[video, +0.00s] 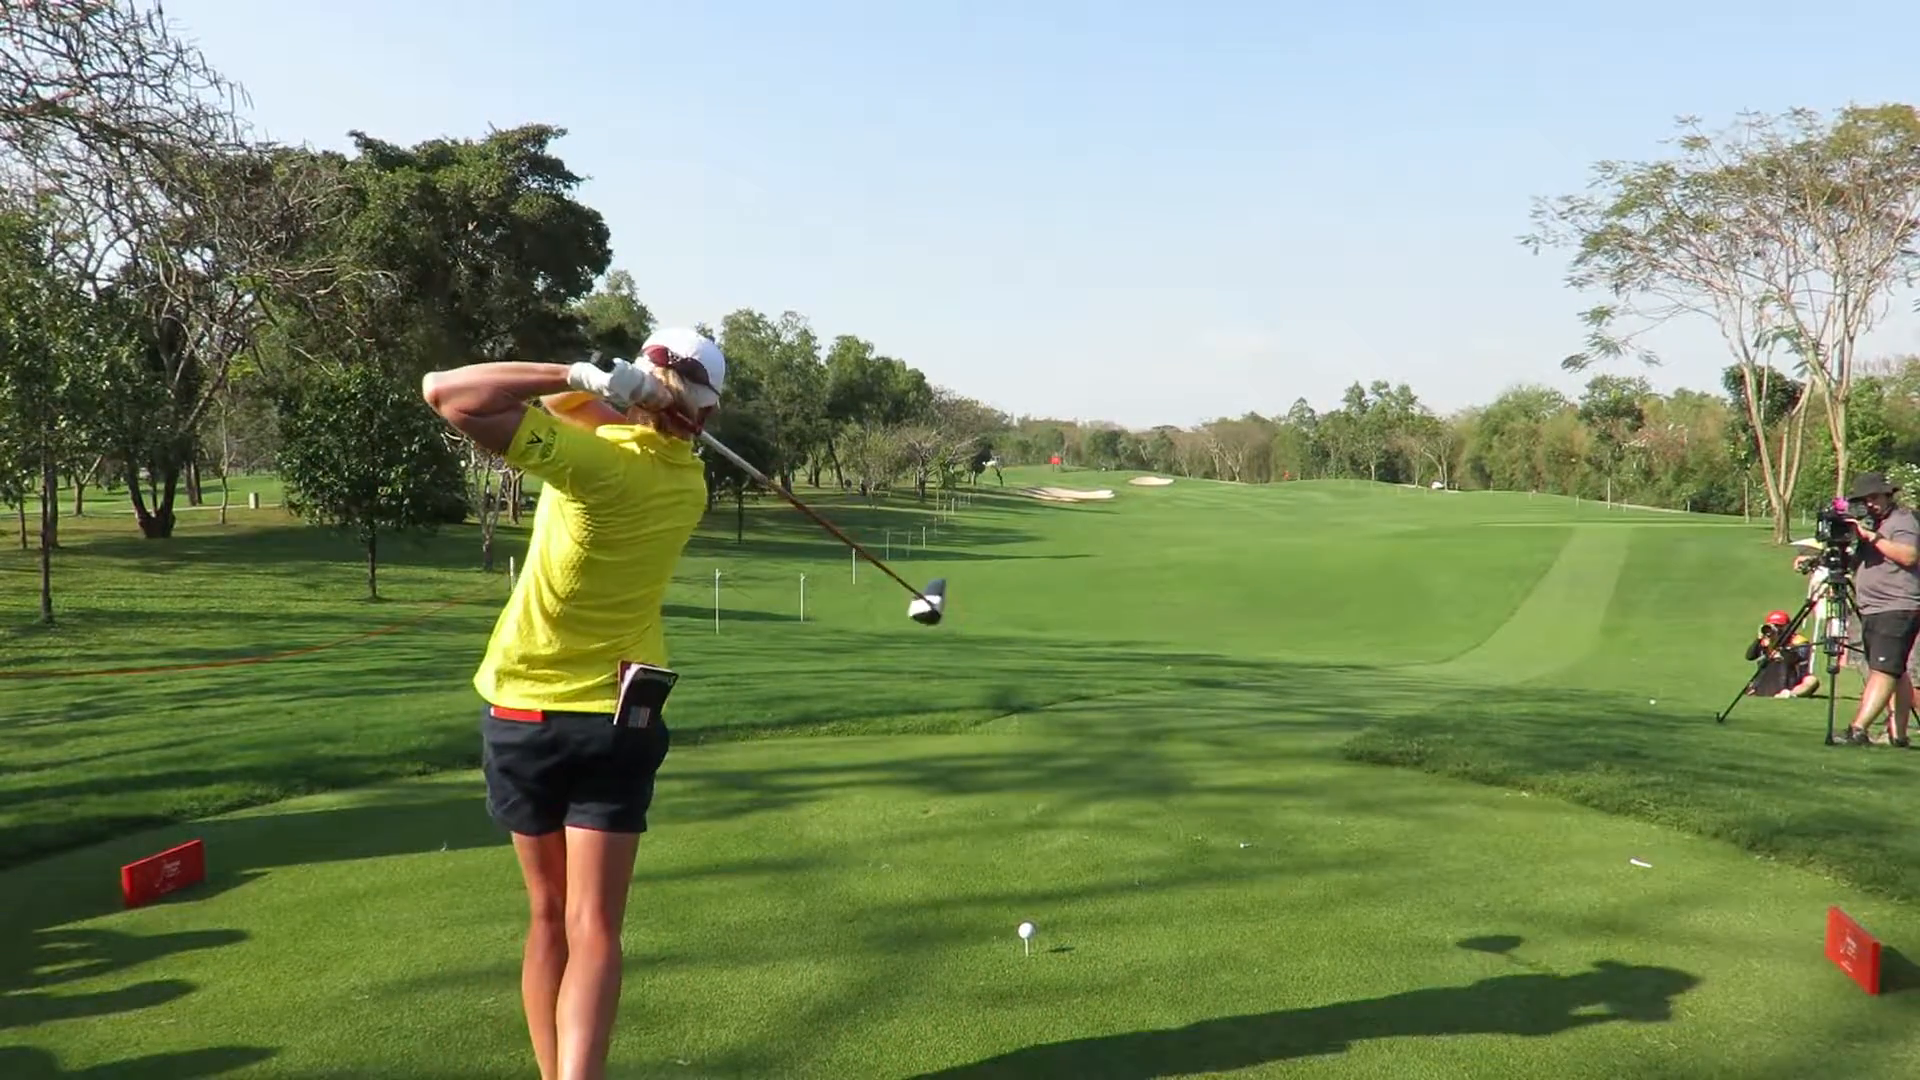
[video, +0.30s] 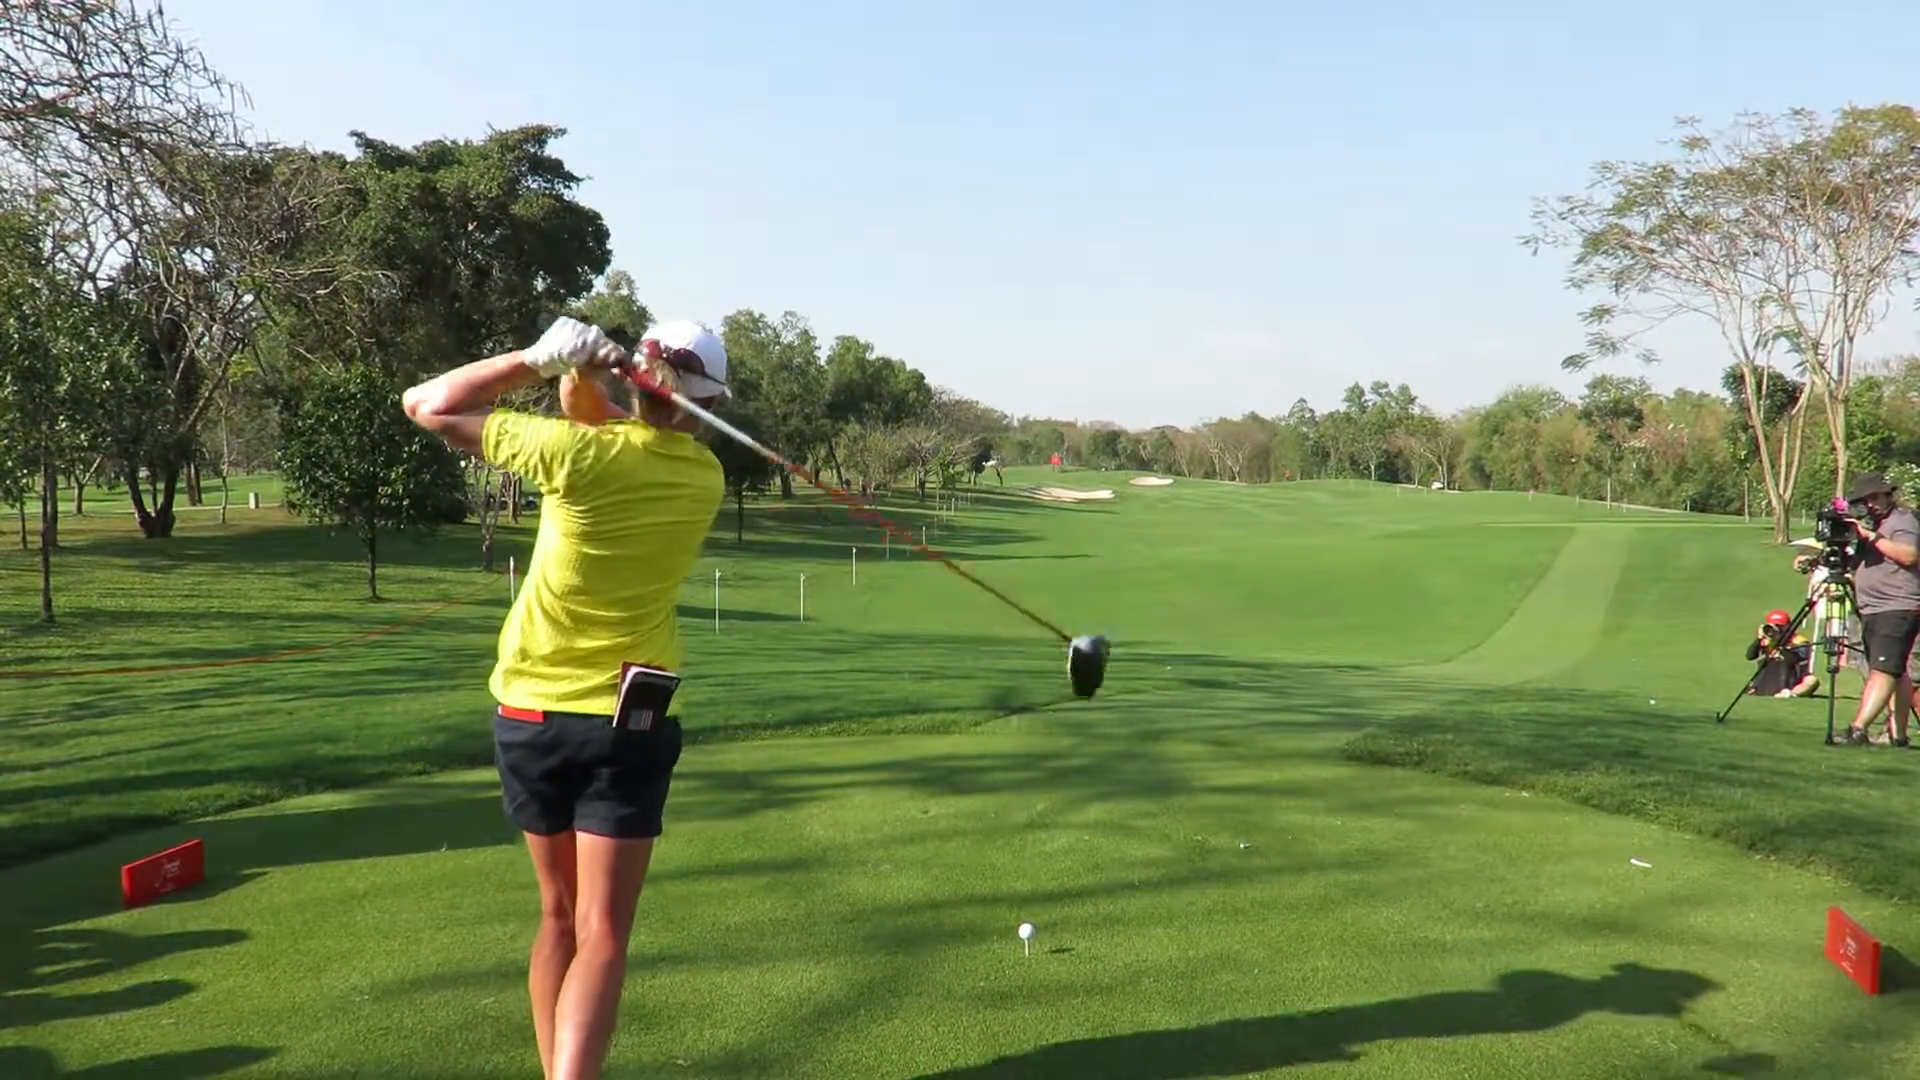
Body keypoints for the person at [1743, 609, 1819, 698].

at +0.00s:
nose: (1774, 631)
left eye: (1777, 628)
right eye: (1771, 628)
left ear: (1785, 627)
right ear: (1768, 628)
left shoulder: (1799, 642)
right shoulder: (1768, 642)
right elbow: (1750, 656)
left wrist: (1784, 655)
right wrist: (1759, 640)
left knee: (1812, 680)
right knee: (1750, 688)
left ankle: (1792, 693)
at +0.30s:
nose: (1773, 633)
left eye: (1777, 629)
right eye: (1770, 630)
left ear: (1786, 629)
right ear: (1767, 630)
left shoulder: (1799, 642)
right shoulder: (1767, 642)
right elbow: (1750, 656)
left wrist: (1784, 654)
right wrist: (1759, 640)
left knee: (1812, 680)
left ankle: (1792, 693)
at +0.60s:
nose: (1773, 634)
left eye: (1777, 630)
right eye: (1770, 630)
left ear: (1786, 630)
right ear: (1767, 630)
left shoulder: (1799, 643)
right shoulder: (1768, 642)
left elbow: (1796, 658)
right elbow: (1750, 657)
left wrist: (1782, 654)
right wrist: (1759, 641)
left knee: (1812, 681)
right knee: (1749, 689)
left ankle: (1791, 694)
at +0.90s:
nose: (1774, 635)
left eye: (1778, 631)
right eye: (1771, 631)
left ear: (1786, 630)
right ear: (1768, 631)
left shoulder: (1801, 645)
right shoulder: (1769, 644)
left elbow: (1794, 661)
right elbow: (1750, 659)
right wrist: (1758, 642)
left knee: (1812, 682)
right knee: (1750, 691)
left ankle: (1791, 696)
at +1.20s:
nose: (1775, 635)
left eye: (1778, 631)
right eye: (1771, 631)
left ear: (1787, 631)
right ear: (1768, 632)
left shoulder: (1801, 645)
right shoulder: (1768, 645)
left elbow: (1797, 661)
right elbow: (1751, 660)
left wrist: (1782, 655)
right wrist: (1760, 643)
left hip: (1792, 685)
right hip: (1770, 683)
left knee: (1813, 683)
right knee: (1750, 692)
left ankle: (1792, 697)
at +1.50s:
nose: (1775, 635)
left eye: (1779, 631)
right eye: (1771, 632)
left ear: (1788, 632)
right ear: (1767, 633)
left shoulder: (1801, 645)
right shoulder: (1769, 645)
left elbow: (1799, 661)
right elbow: (1752, 660)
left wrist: (1783, 656)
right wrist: (1761, 644)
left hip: (1792, 686)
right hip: (1769, 684)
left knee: (1814, 684)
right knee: (1750, 692)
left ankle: (1793, 697)